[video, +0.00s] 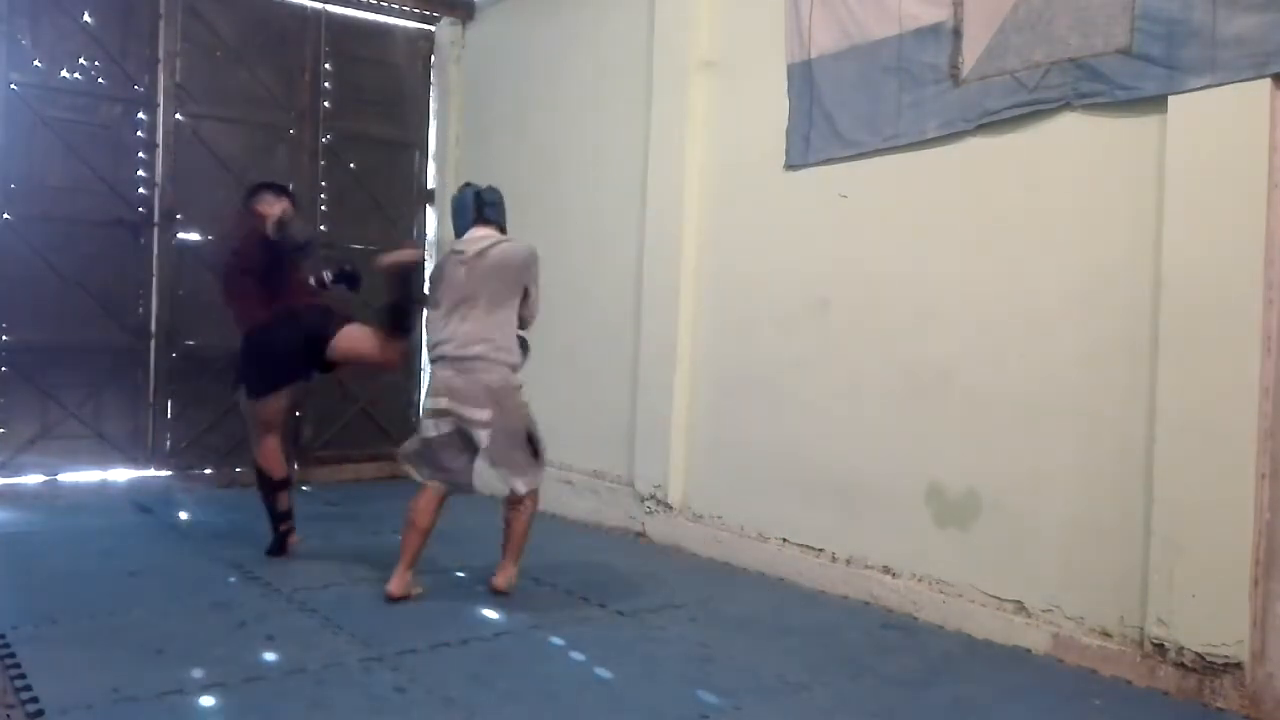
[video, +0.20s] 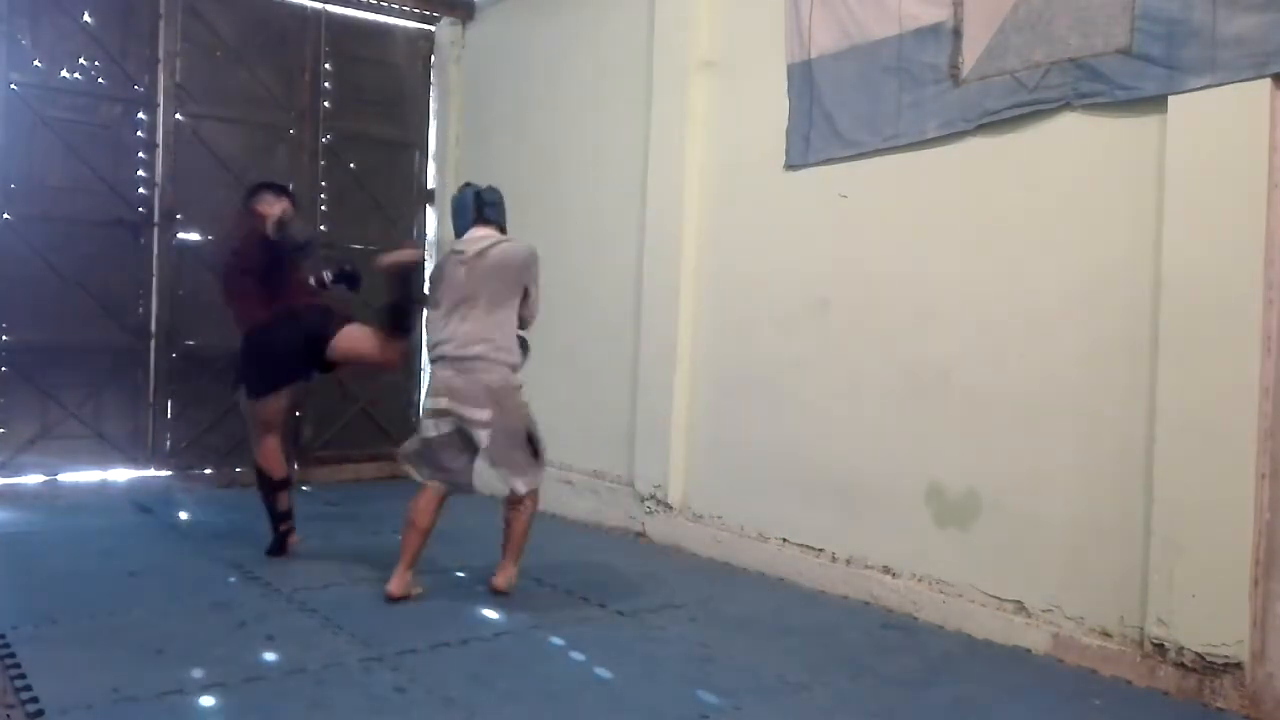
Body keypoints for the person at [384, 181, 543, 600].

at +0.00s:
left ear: (460, 220)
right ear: (501, 218)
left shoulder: (446, 261)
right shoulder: (521, 253)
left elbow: (435, 308)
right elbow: (527, 315)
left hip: (444, 380)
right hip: (494, 382)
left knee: (436, 477)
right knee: (524, 473)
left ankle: (401, 575)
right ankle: (507, 569)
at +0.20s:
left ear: (460, 220)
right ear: (501, 218)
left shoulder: (446, 261)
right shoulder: (521, 253)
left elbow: (435, 309)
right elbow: (527, 315)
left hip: (444, 380)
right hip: (494, 382)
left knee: (436, 477)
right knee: (524, 473)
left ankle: (401, 575)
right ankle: (507, 570)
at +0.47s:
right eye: (579, 219)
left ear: (537, 214)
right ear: (579, 220)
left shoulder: (505, 256)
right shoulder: (590, 264)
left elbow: (473, 307)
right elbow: (596, 328)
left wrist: (500, 336)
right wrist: (555, 319)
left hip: (492, 379)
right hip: (544, 384)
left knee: (458, 471)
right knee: (552, 484)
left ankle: (414, 555)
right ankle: (532, 589)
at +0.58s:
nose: (527, 199)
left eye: (528, 191)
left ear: (531, 196)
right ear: (572, 197)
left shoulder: (508, 236)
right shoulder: (595, 243)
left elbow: (479, 285)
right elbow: (606, 305)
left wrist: (492, 315)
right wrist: (567, 303)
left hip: (502, 360)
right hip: (555, 366)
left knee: (475, 460)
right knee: (565, 476)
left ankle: (443, 551)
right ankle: (558, 577)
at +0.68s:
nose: (516, 217)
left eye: (517, 210)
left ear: (522, 212)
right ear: (564, 212)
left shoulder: (505, 253)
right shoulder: (593, 256)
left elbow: (481, 308)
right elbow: (612, 316)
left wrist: (484, 334)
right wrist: (571, 309)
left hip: (510, 380)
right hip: (565, 383)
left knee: (475, 468)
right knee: (583, 487)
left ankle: (445, 552)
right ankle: (593, 590)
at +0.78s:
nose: (503, 253)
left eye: (506, 246)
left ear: (511, 249)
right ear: (551, 247)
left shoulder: (501, 293)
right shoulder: (582, 289)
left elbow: (478, 363)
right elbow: (607, 346)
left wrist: (480, 373)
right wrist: (563, 340)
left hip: (513, 410)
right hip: (570, 408)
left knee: (477, 481)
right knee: (597, 502)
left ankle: (443, 556)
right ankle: (601, 604)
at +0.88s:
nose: (479, 254)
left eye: (481, 248)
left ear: (487, 250)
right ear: (526, 248)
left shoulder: (477, 293)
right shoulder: (556, 289)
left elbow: (472, 348)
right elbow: (579, 346)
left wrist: (476, 388)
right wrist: (542, 337)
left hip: (496, 405)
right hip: (546, 404)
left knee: (471, 476)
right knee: (577, 497)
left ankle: (446, 562)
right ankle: (598, 595)